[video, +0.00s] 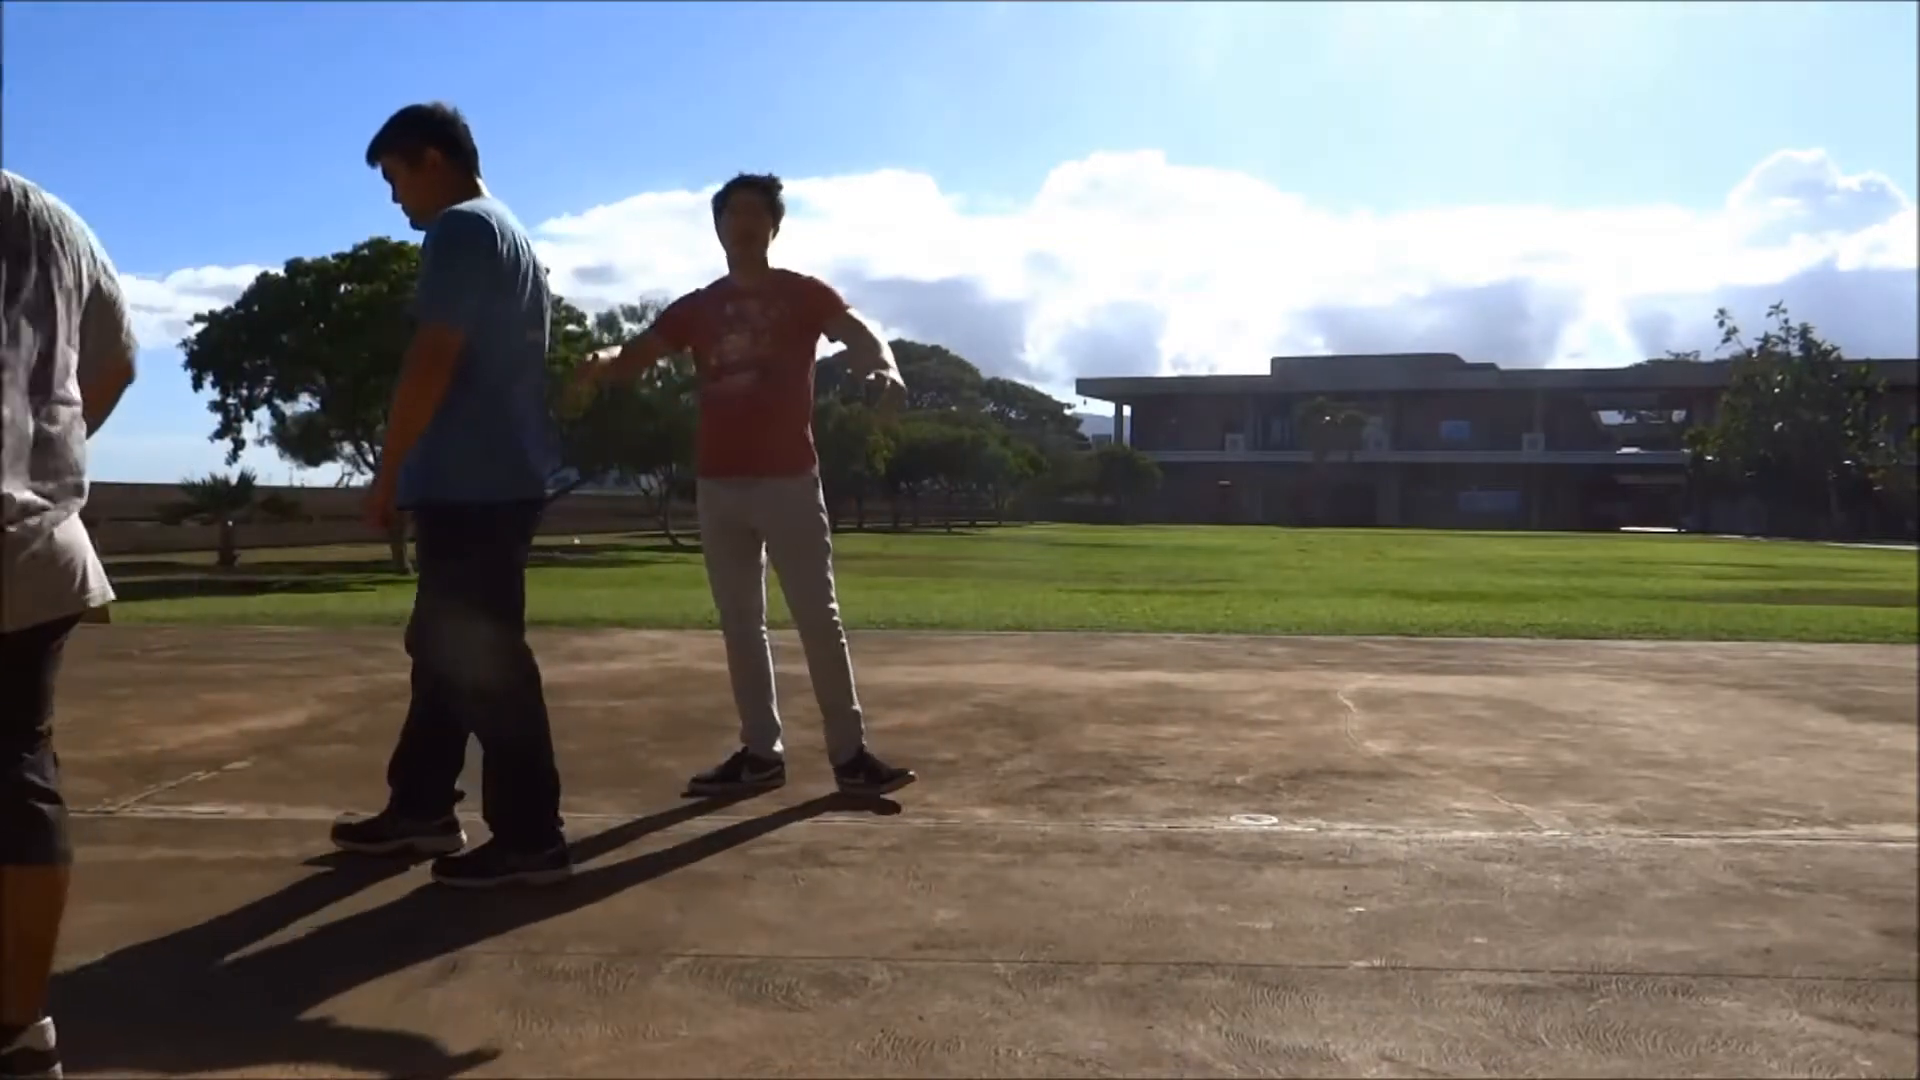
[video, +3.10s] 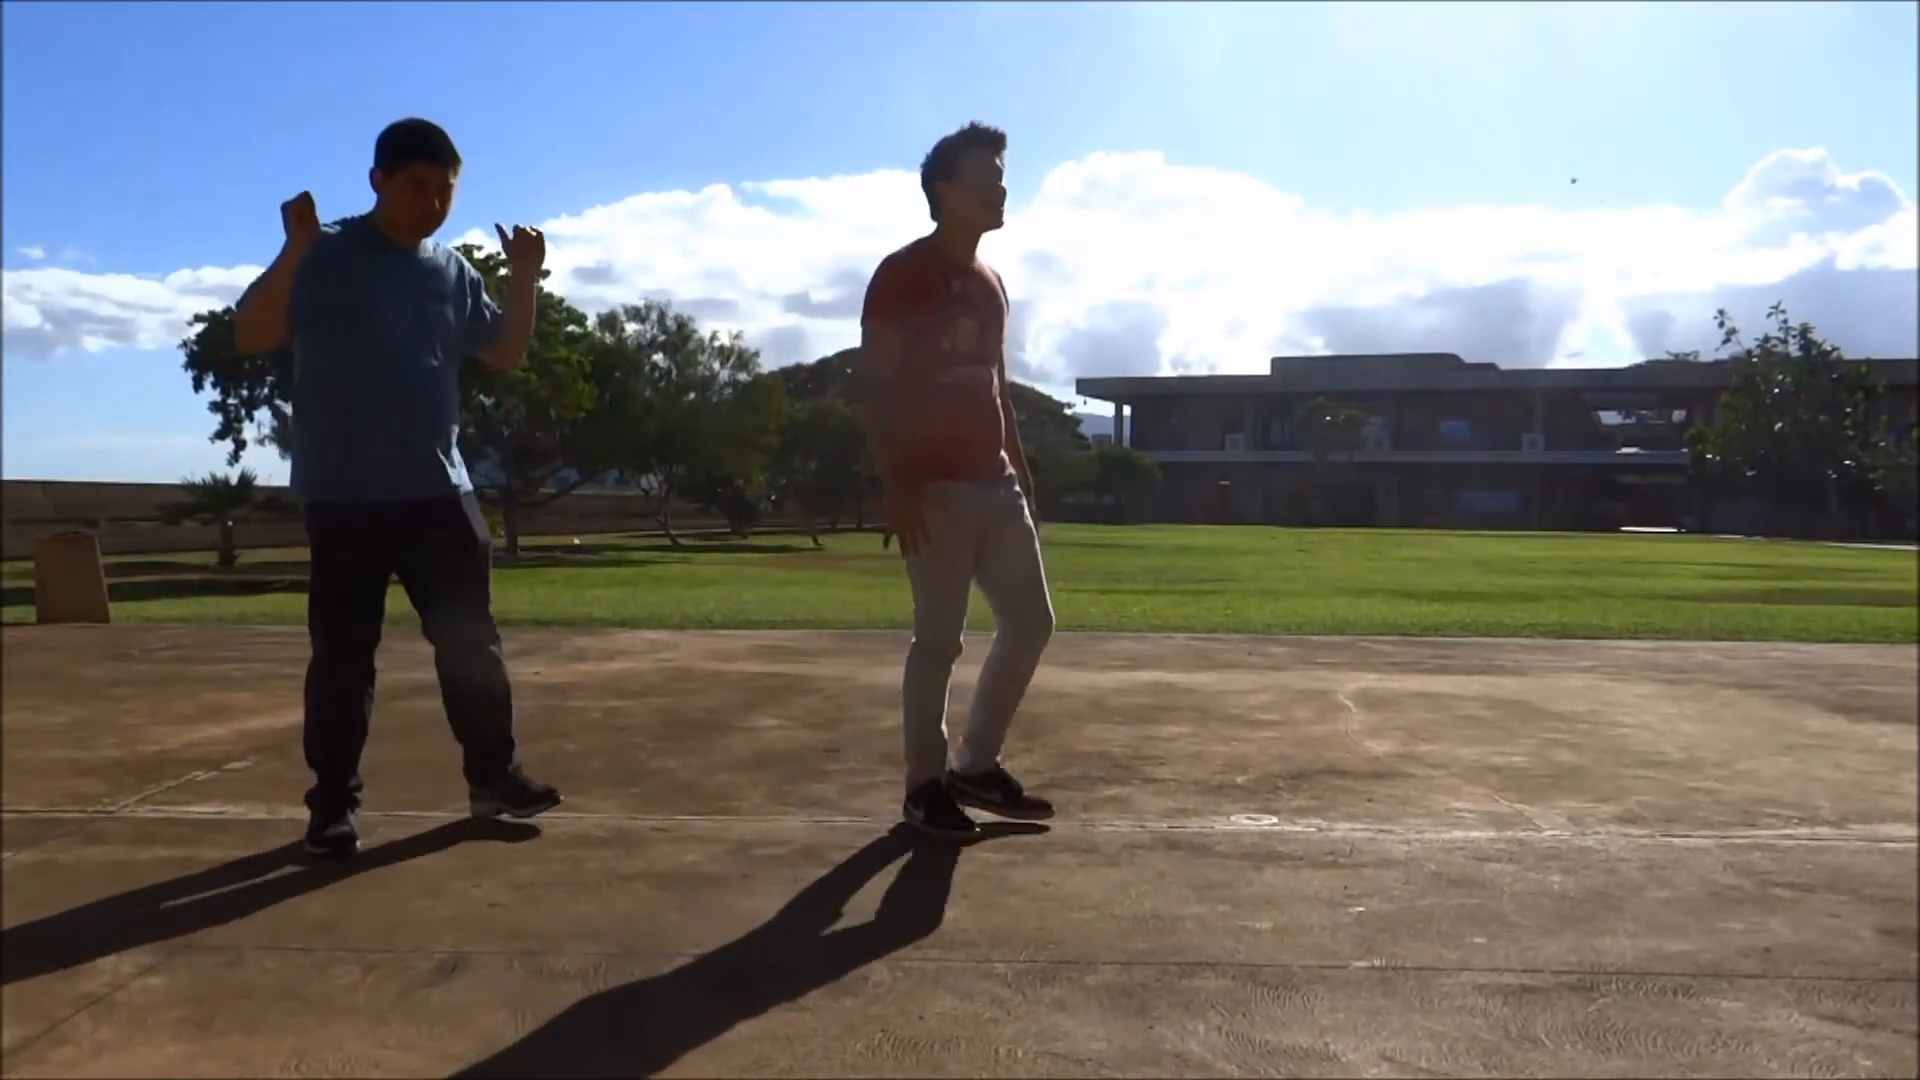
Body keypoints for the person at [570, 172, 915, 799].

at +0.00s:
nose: (743, 226)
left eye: (755, 215)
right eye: (733, 216)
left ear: (774, 224)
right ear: (718, 225)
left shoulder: (804, 294)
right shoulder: (697, 307)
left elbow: (863, 339)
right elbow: (635, 357)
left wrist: (883, 367)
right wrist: (601, 367)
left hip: (790, 483)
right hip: (721, 487)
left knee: (819, 619)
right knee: (740, 626)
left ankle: (850, 755)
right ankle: (762, 752)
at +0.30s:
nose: (779, 226)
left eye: (793, 217)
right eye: (770, 215)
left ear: (811, 230)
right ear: (752, 224)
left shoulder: (830, 300)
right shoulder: (719, 302)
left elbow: (918, 340)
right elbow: (631, 338)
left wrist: (887, 298)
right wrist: (633, 285)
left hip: (813, 488)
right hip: (740, 489)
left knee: (838, 625)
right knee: (742, 629)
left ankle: (856, 761)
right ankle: (761, 756)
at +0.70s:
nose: (834, 228)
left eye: (847, 220)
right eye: (826, 216)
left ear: (862, 235)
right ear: (806, 225)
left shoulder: (874, 310)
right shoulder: (766, 297)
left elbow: (954, 353)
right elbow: (683, 315)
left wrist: (936, 272)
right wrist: (727, 235)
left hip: (853, 492)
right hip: (778, 489)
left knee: (870, 628)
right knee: (757, 627)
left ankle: (859, 762)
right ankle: (761, 756)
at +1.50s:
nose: (897, 217)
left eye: (907, 207)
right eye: (885, 207)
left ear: (922, 217)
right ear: (863, 218)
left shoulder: (939, 303)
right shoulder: (832, 285)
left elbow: (1018, 360)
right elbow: (740, 302)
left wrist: (1001, 321)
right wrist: (807, 275)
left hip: (901, 484)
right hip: (831, 477)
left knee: (879, 629)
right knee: (810, 623)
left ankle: (859, 761)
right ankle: (786, 754)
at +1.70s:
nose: (922, 209)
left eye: (924, 200)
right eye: (907, 200)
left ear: (927, 215)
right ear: (872, 216)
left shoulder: (949, 305)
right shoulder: (833, 288)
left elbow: (994, 379)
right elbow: (765, 349)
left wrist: (976, 397)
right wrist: (816, 381)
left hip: (911, 480)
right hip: (846, 476)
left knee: (886, 620)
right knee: (850, 615)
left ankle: (866, 760)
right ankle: (837, 765)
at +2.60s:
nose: (974, 193)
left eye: (970, 182)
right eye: (961, 183)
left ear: (941, 197)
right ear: (921, 196)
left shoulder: (976, 284)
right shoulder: (869, 282)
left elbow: (1007, 381)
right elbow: (828, 392)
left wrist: (1055, 462)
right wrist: (816, 494)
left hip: (966, 479)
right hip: (904, 480)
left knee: (962, 627)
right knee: (923, 627)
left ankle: (876, 733)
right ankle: (923, 784)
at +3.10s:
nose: (1003, 188)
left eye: (1002, 176)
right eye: (988, 176)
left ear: (983, 191)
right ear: (944, 188)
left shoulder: (991, 283)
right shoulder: (900, 274)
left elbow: (995, 390)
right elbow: (876, 391)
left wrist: (1018, 471)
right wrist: (897, 489)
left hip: (996, 485)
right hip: (933, 488)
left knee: (1029, 624)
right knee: (937, 640)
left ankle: (976, 768)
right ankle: (925, 787)